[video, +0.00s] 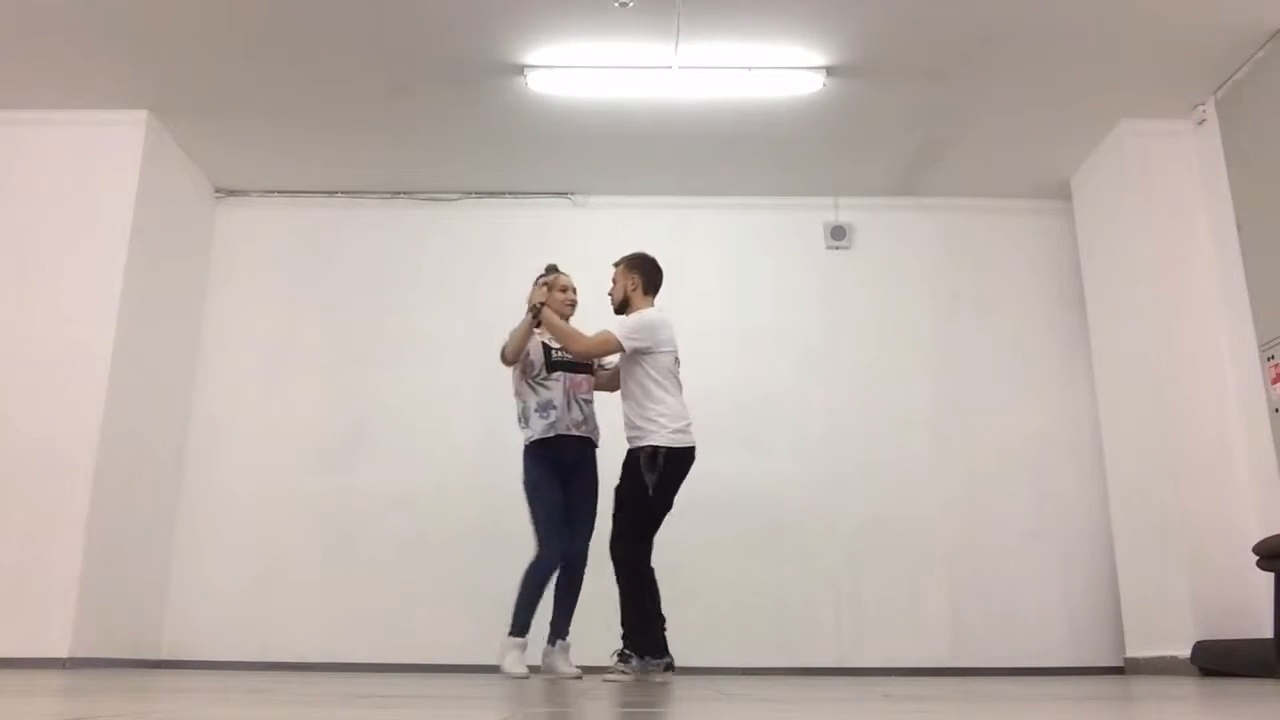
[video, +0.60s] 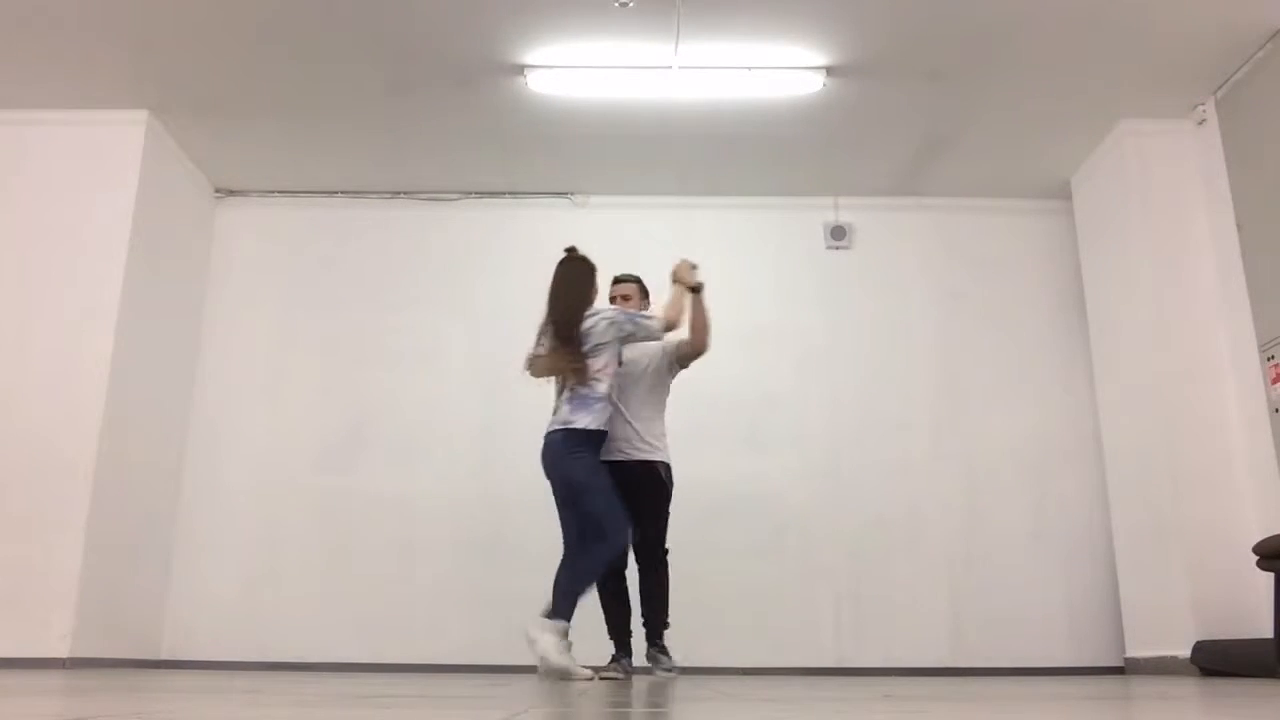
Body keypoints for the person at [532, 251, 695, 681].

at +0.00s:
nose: (610, 286)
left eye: (614, 278)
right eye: (612, 278)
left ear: (632, 280)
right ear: (641, 283)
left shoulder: (649, 322)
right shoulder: (644, 328)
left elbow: (585, 346)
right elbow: (612, 380)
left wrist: (542, 311)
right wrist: (555, 366)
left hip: (659, 448)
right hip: (653, 447)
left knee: (628, 547)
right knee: (628, 547)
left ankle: (649, 652)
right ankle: (643, 649)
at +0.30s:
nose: (610, 294)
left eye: (617, 286)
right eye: (611, 288)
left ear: (641, 290)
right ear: (637, 291)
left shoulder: (660, 330)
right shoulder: (631, 342)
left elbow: (618, 347)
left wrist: (586, 299)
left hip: (659, 454)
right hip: (627, 455)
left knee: (637, 551)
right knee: (610, 549)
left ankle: (635, 653)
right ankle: (623, 650)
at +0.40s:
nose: (613, 306)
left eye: (621, 295)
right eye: (610, 297)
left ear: (646, 296)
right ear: (607, 301)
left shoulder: (665, 337)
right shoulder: (612, 347)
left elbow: (646, 348)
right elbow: (579, 362)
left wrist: (632, 309)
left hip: (656, 459)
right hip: (615, 461)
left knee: (647, 556)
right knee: (615, 556)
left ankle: (642, 653)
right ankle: (624, 651)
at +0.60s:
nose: (619, 304)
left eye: (627, 298)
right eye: (613, 299)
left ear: (647, 304)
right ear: (607, 306)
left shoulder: (663, 348)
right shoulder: (595, 346)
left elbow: (699, 343)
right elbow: (536, 362)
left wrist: (696, 292)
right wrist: (560, 358)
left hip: (649, 463)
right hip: (604, 462)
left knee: (651, 554)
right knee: (608, 555)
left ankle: (656, 646)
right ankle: (621, 652)